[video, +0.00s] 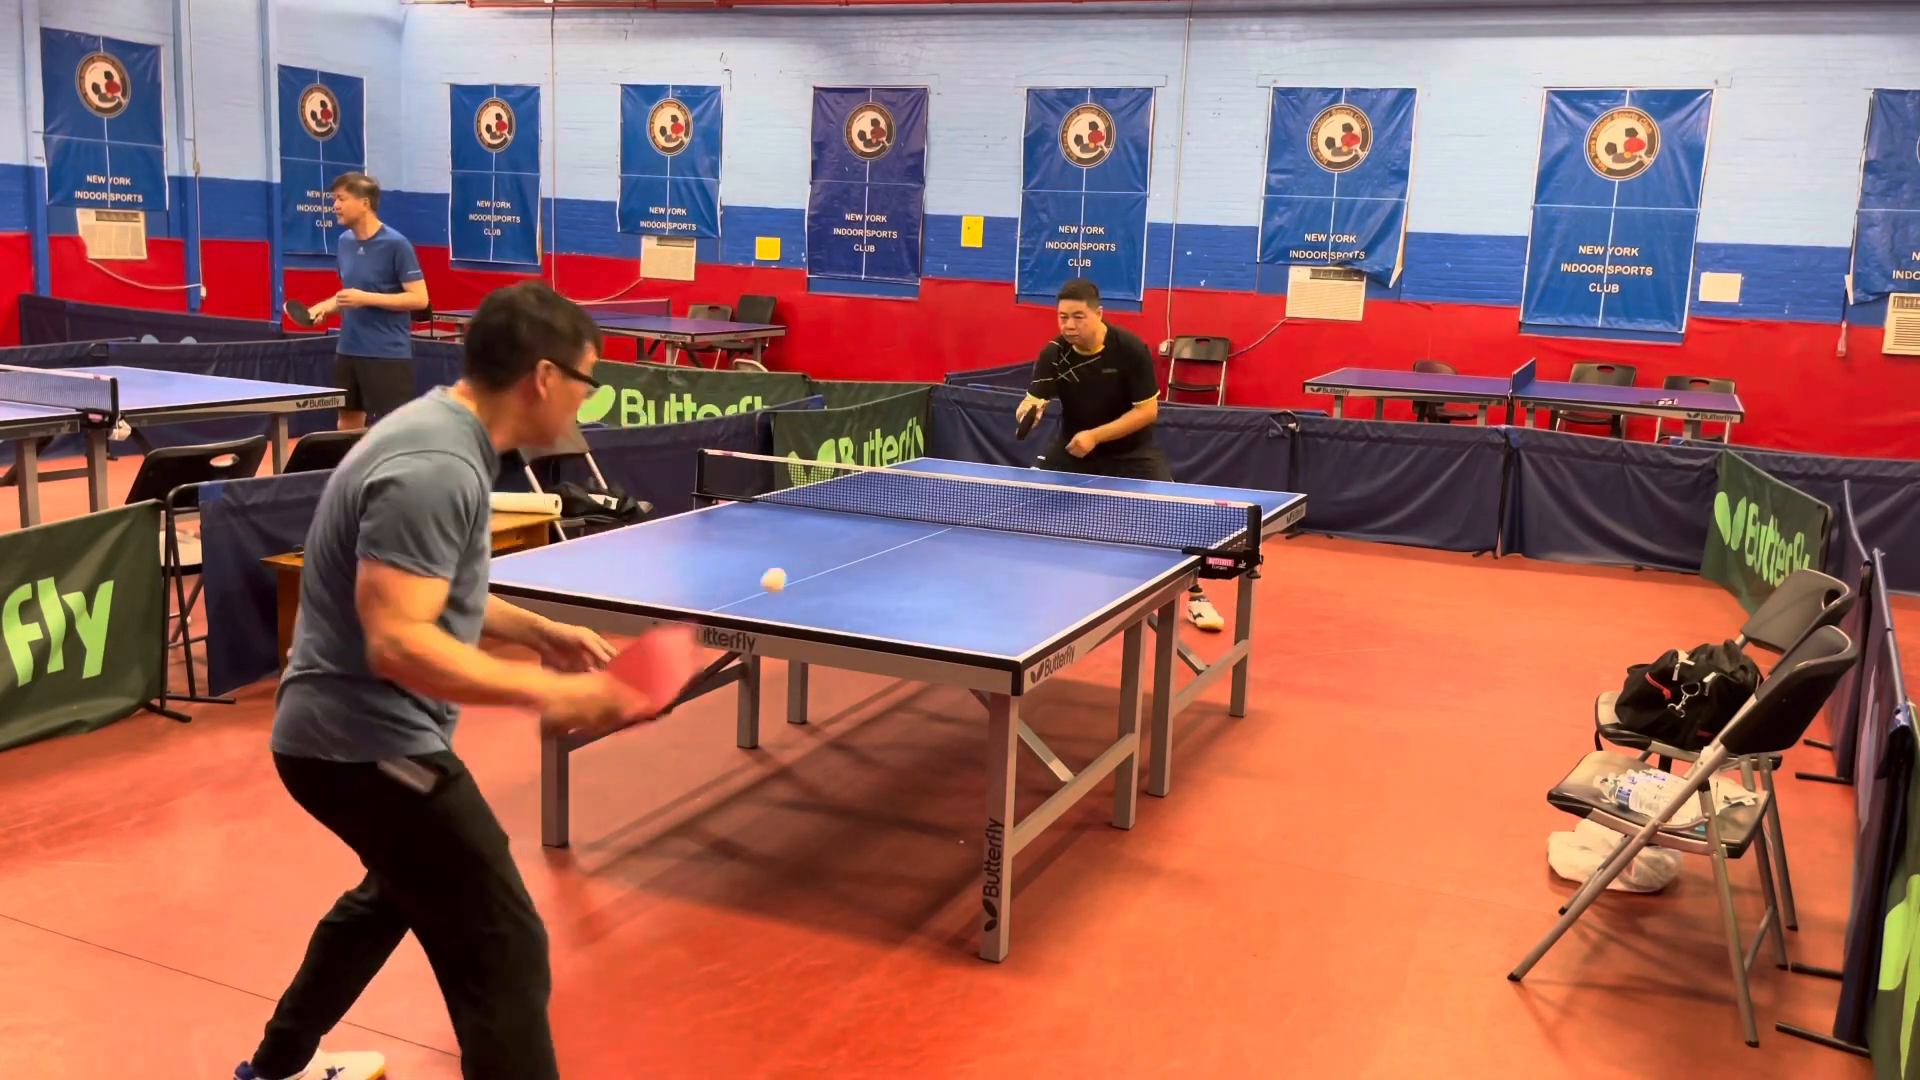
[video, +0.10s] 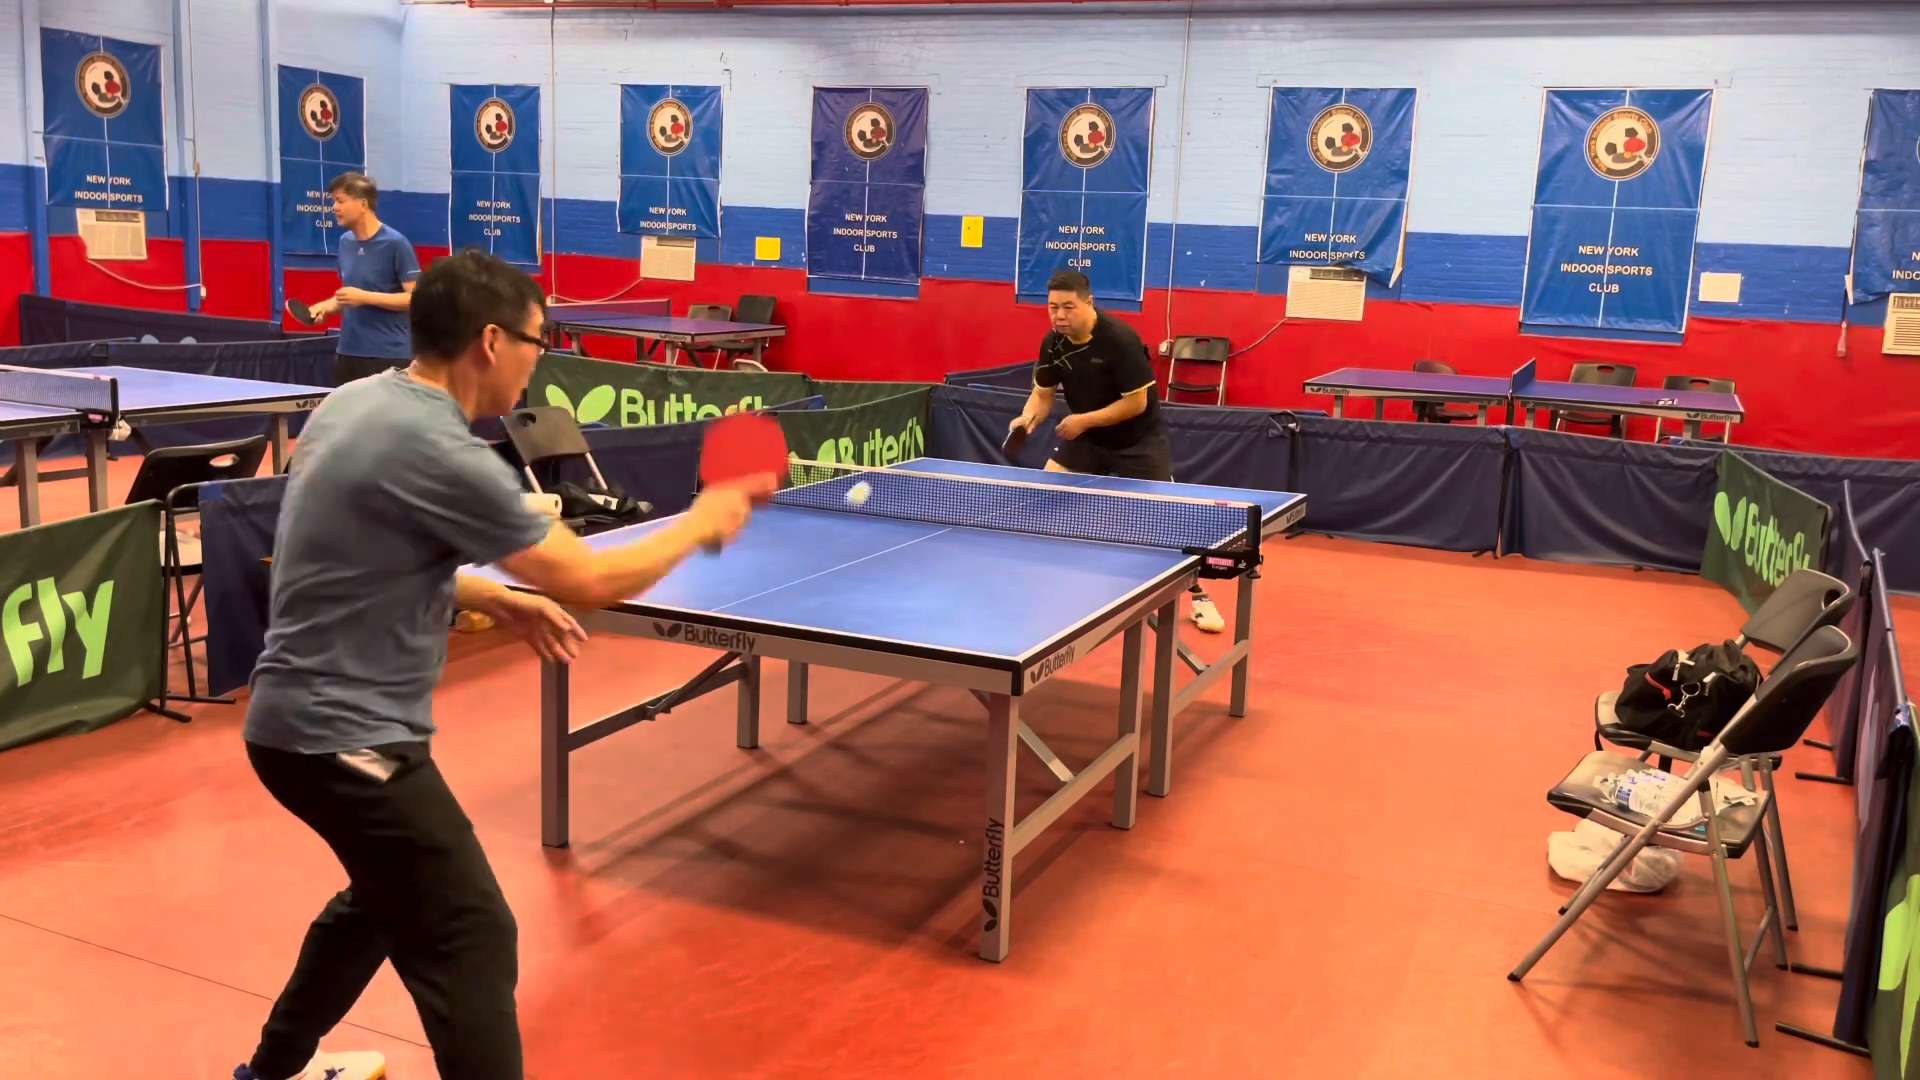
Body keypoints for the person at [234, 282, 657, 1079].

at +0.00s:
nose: (584, 404)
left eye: (587, 385)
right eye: (583, 383)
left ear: (524, 374)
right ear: (540, 378)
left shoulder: (447, 443)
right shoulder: (433, 466)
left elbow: (434, 596)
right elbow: (395, 641)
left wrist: (540, 635)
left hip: (360, 731)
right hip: (364, 746)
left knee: (401, 887)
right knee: (504, 947)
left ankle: (276, 1063)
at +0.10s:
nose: (537, 362)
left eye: (539, 344)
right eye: (532, 343)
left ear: (461, 339)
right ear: (486, 344)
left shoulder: (348, 404)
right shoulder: (438, 446)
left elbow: (370, 561)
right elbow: (587, 582)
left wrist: (498, 598)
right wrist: (697, 526)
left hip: (291, 717)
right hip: (352, 735)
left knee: (386, 895)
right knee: (473, 933)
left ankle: (273, 1064)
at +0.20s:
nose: (519, 355)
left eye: (521, 337)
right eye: (516, 336)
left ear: (415, 332)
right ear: (480, 339)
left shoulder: (317, 408)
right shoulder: (468, 446)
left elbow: (310, 554)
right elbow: (626, 494)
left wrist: (447, 592)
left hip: (253, 723)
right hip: (345, 746)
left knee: (356, 880)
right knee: (468, 942)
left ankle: (269, 1064)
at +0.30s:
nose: (524, 362)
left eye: (523, 346)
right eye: (520, 346)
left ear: (413, 343)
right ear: (488, 351)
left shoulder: (312, 416)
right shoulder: (479, 457)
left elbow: (300, 545)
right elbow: (617, 495)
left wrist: (418, 595)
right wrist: (636, 391)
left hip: (246, 737)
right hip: (351, 757)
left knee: (322, 883)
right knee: (481, 959)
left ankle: (267, 1063)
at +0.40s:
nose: (541, 389)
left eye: (541, 370)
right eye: (539, 370)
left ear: (430, 363)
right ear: (512, 372)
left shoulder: (326, 431)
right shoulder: (494, 473)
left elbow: (254, 570)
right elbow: (615, 555)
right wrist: (643, 457)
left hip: (250, 750)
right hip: (360, 773)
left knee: (325, 887)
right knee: (507, 974)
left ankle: (266, 1064)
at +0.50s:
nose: (576, 396)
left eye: (577, 377)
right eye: (575, 377)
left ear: (469, 371)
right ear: (551, 382)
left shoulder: (352, 441)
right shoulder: (536, 498)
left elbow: (271, 574)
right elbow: (603, 644)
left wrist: (389, 571)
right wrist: (664, 567)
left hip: (267, 754)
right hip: (380, 777)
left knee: (329, 891)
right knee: (532, 979)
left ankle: (264, 1065)